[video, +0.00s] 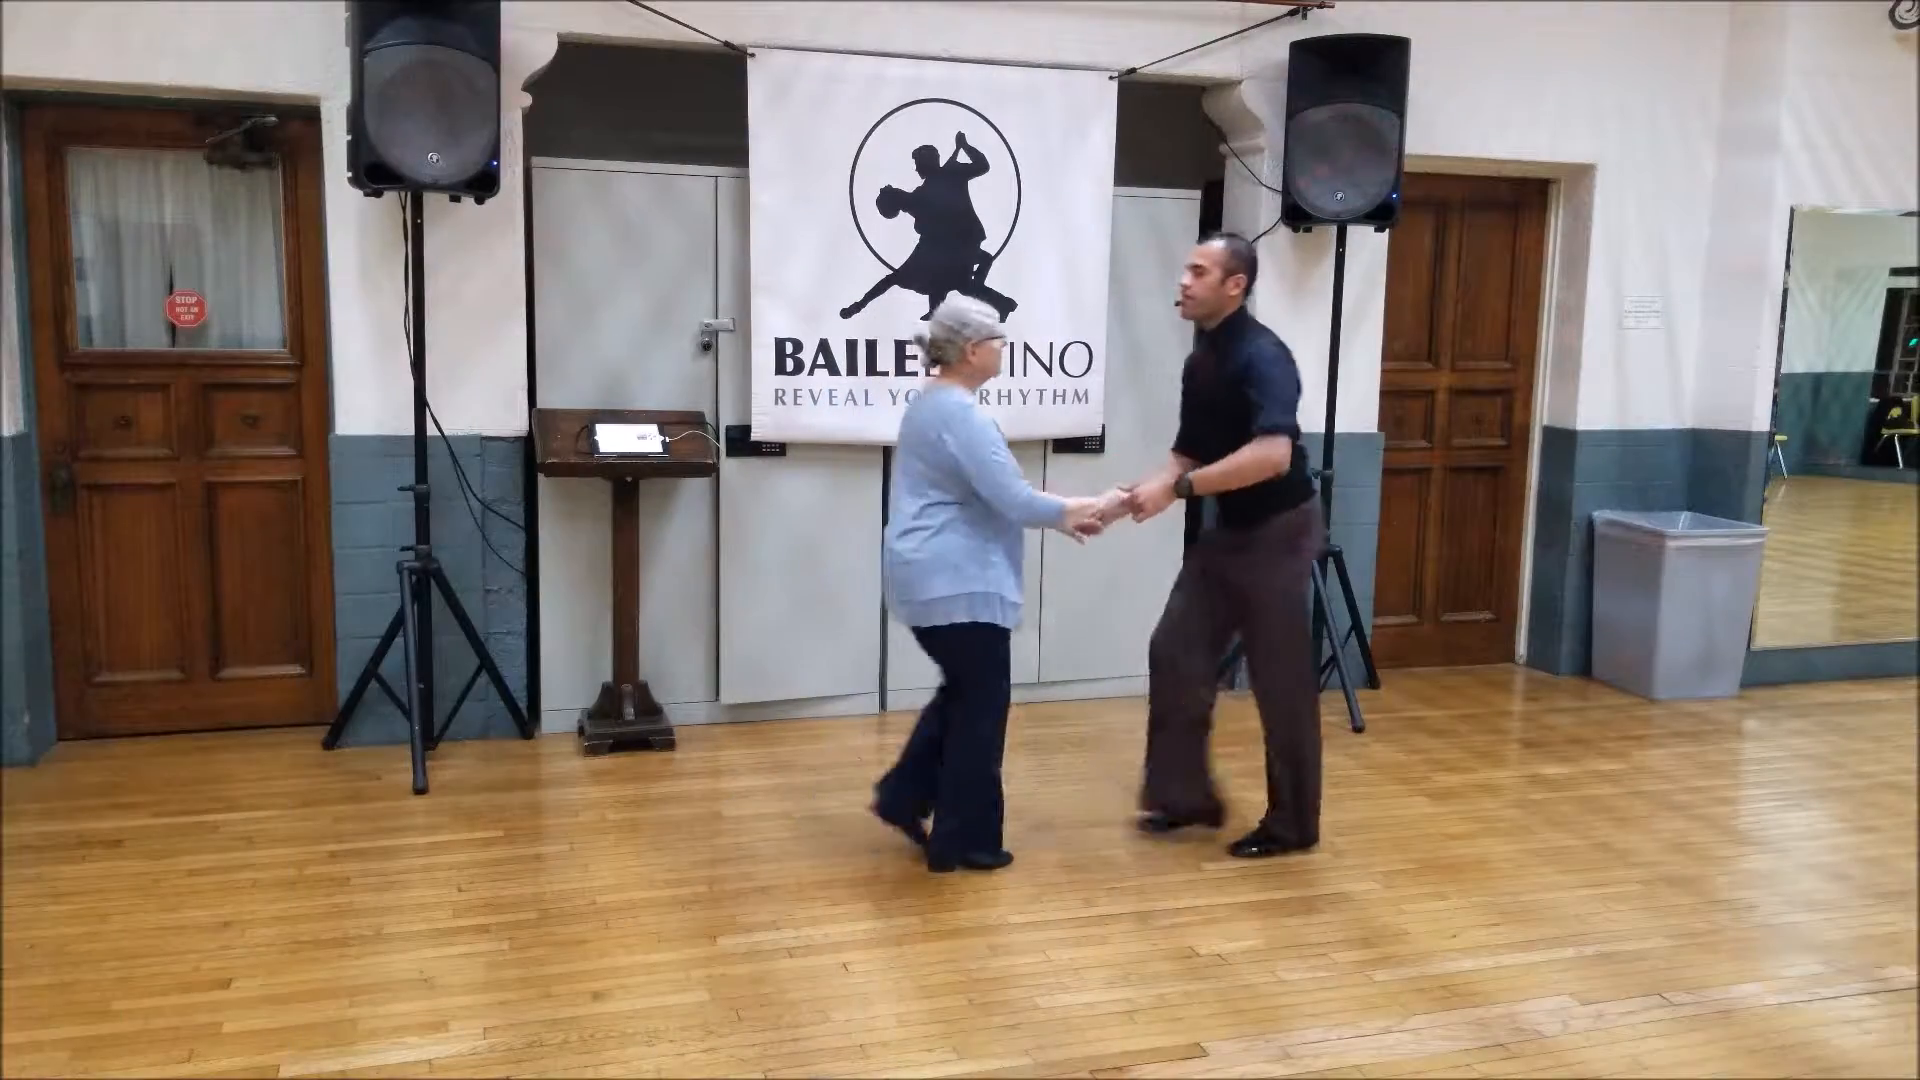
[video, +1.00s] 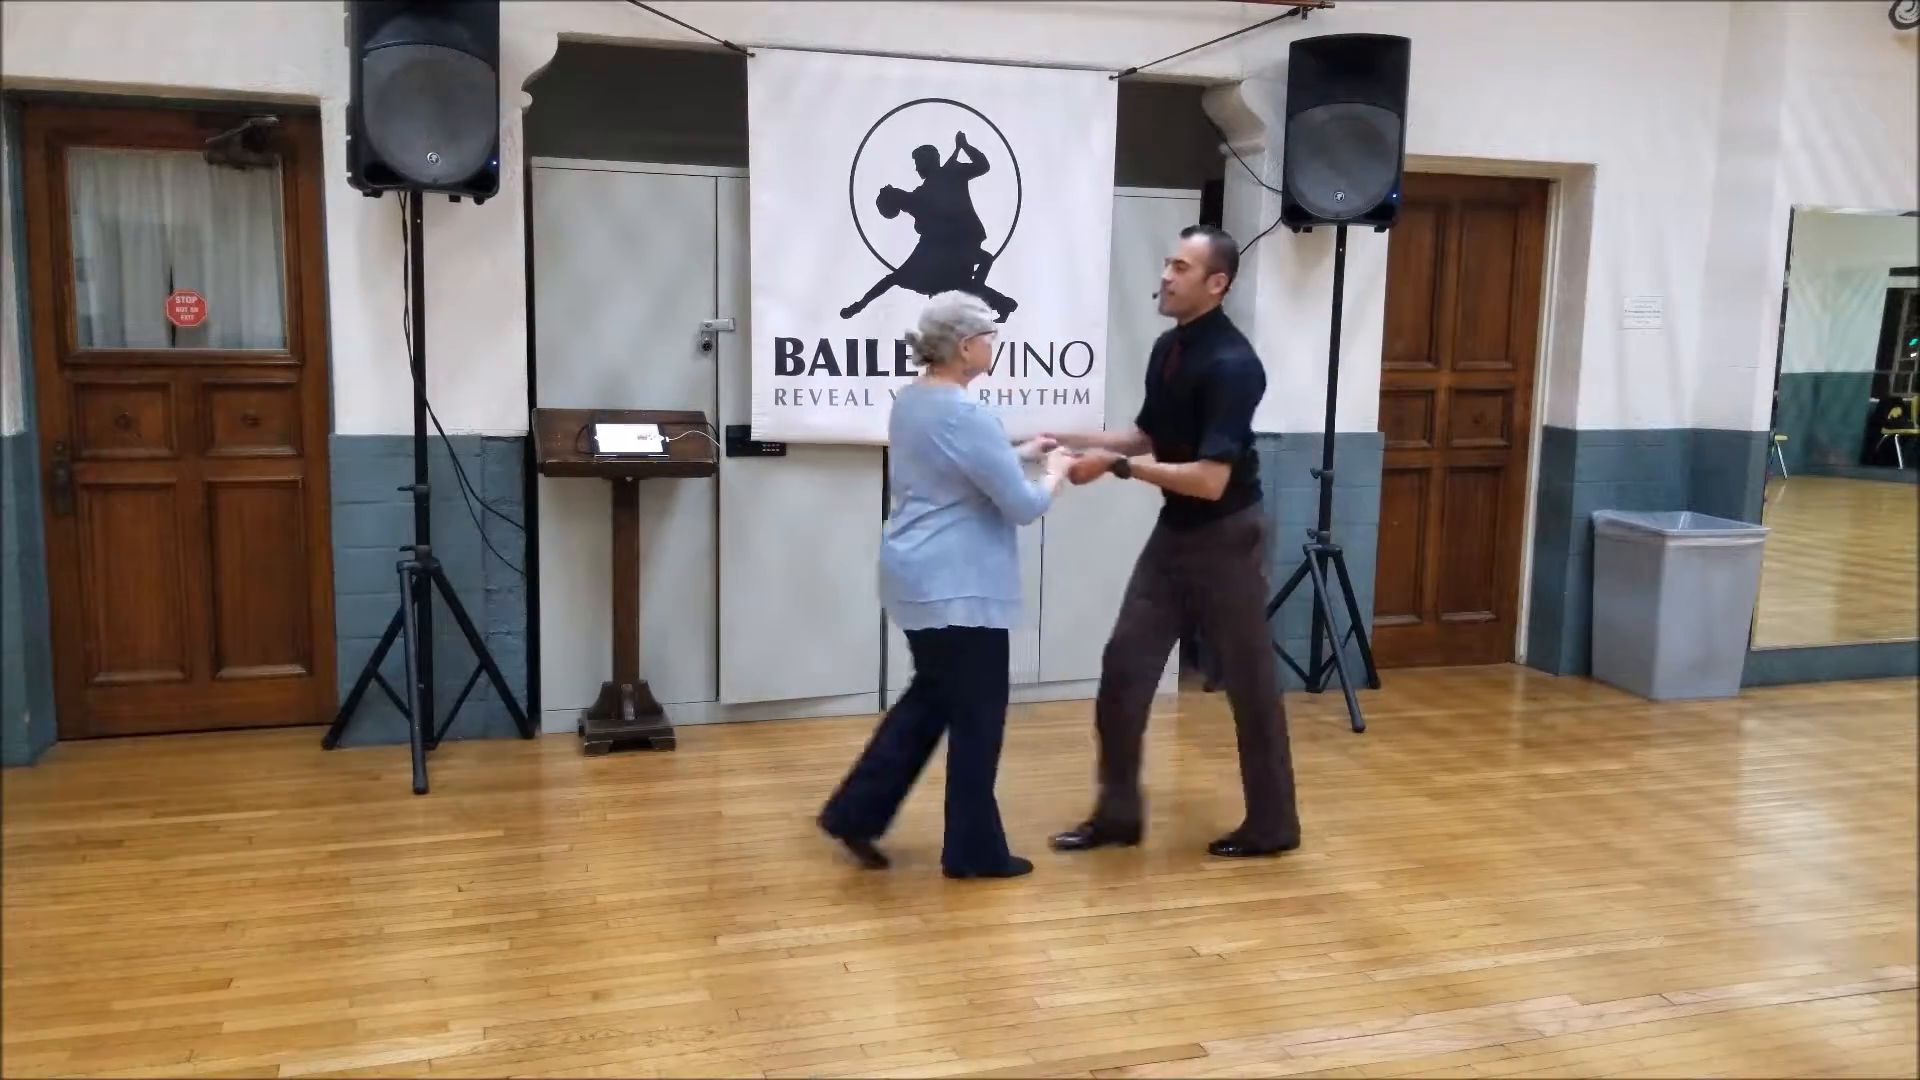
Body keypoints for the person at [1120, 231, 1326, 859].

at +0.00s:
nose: (1183, 283)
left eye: (1198, 274)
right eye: (1185, 272)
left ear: (1235, 285)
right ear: (1212, 283)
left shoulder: (1264, 355)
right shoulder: (1201, 360)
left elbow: (1274, 454)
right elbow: (1188, 456)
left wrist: (1183, 486)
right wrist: (1141, 495)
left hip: (1275, 535)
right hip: (1219, 536)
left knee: (1282, 678)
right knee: (1176, 652)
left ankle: (1294, 822)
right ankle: (1185, 799)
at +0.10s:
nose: (1205, 279)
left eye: (1220, 272)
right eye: (1206, 269)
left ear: (1257, 285)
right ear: (1215, 282)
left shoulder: (1284, 360)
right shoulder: (1213, 357)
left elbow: (1279, 474)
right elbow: (1204, 455)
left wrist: (1183, 500)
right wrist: (1149, 488)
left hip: (1296, 534)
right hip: (1237, 532)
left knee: (1299, 678)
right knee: (1207, 665)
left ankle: (1297, 823)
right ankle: (1276, 786)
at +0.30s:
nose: (1232, 281)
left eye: (1247, 274)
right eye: (1233, 270)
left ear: (1285, 288)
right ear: (1235, 277)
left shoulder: (1305, 362)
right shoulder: (1235, 355)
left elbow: (1292, 480)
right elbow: (1232, 446)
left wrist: (1199, 524)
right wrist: (1161, 464)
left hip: (1306, 530)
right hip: (1266, 529)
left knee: (1277, 670)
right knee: (1307, 666)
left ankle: (1300, 820)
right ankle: (1364, 800)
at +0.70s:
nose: (1220, 281)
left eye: (1236, 273)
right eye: (1223, 270)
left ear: (1272, 287)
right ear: (1234, 281)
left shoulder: (1290, 355)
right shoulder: (1229, 353)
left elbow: (1302, 455)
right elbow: (1213, 445)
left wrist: (1208, 478)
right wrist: (1179, 475)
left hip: (1273, 533)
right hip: (1237, 529)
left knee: (1229, 664)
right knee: (1256, 663)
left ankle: (1260, 822)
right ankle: (1346, 781)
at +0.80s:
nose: (1206, 274)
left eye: (1221, 267)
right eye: (1207, 263)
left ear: (1258, 280)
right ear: (1208, 273)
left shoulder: (1275, 353)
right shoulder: (1210, 343)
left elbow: (1272, 463)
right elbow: (1204, 435)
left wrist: (1177, 464)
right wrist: (1157, 461)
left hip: (1261, 531)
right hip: (1213, 527)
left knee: (1251, 676)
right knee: (1194, 663)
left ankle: (1263, 822)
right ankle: (1298, 754)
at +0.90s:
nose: (1187, 274)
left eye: (1202, 266)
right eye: (1189, 262)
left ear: (1238, 279)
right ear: (1199, 273)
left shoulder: (1256, 357)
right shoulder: (1189, 346)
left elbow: (1240, 471)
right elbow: (1173, 437)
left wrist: (1152, 460)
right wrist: (1126, 456)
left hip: (1249, 532)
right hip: (1198, 527)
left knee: (1260, 679)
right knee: (1148, 655)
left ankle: (1270, 823)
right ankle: (1209, 777)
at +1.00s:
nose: (1165, 276)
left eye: (1180, 269)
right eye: (1168, 265)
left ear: (1217, 284)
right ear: (1184, 277)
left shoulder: (1233, 362)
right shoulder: (1170, 347)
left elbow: (1211, 480)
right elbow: (1148, 439)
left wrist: (1120, 464)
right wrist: (1075, 444)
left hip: (1228, 540)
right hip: (1175, 533)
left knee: (1251, 682)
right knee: (1125, 667)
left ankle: (1273, 825)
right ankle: (1118, 817)